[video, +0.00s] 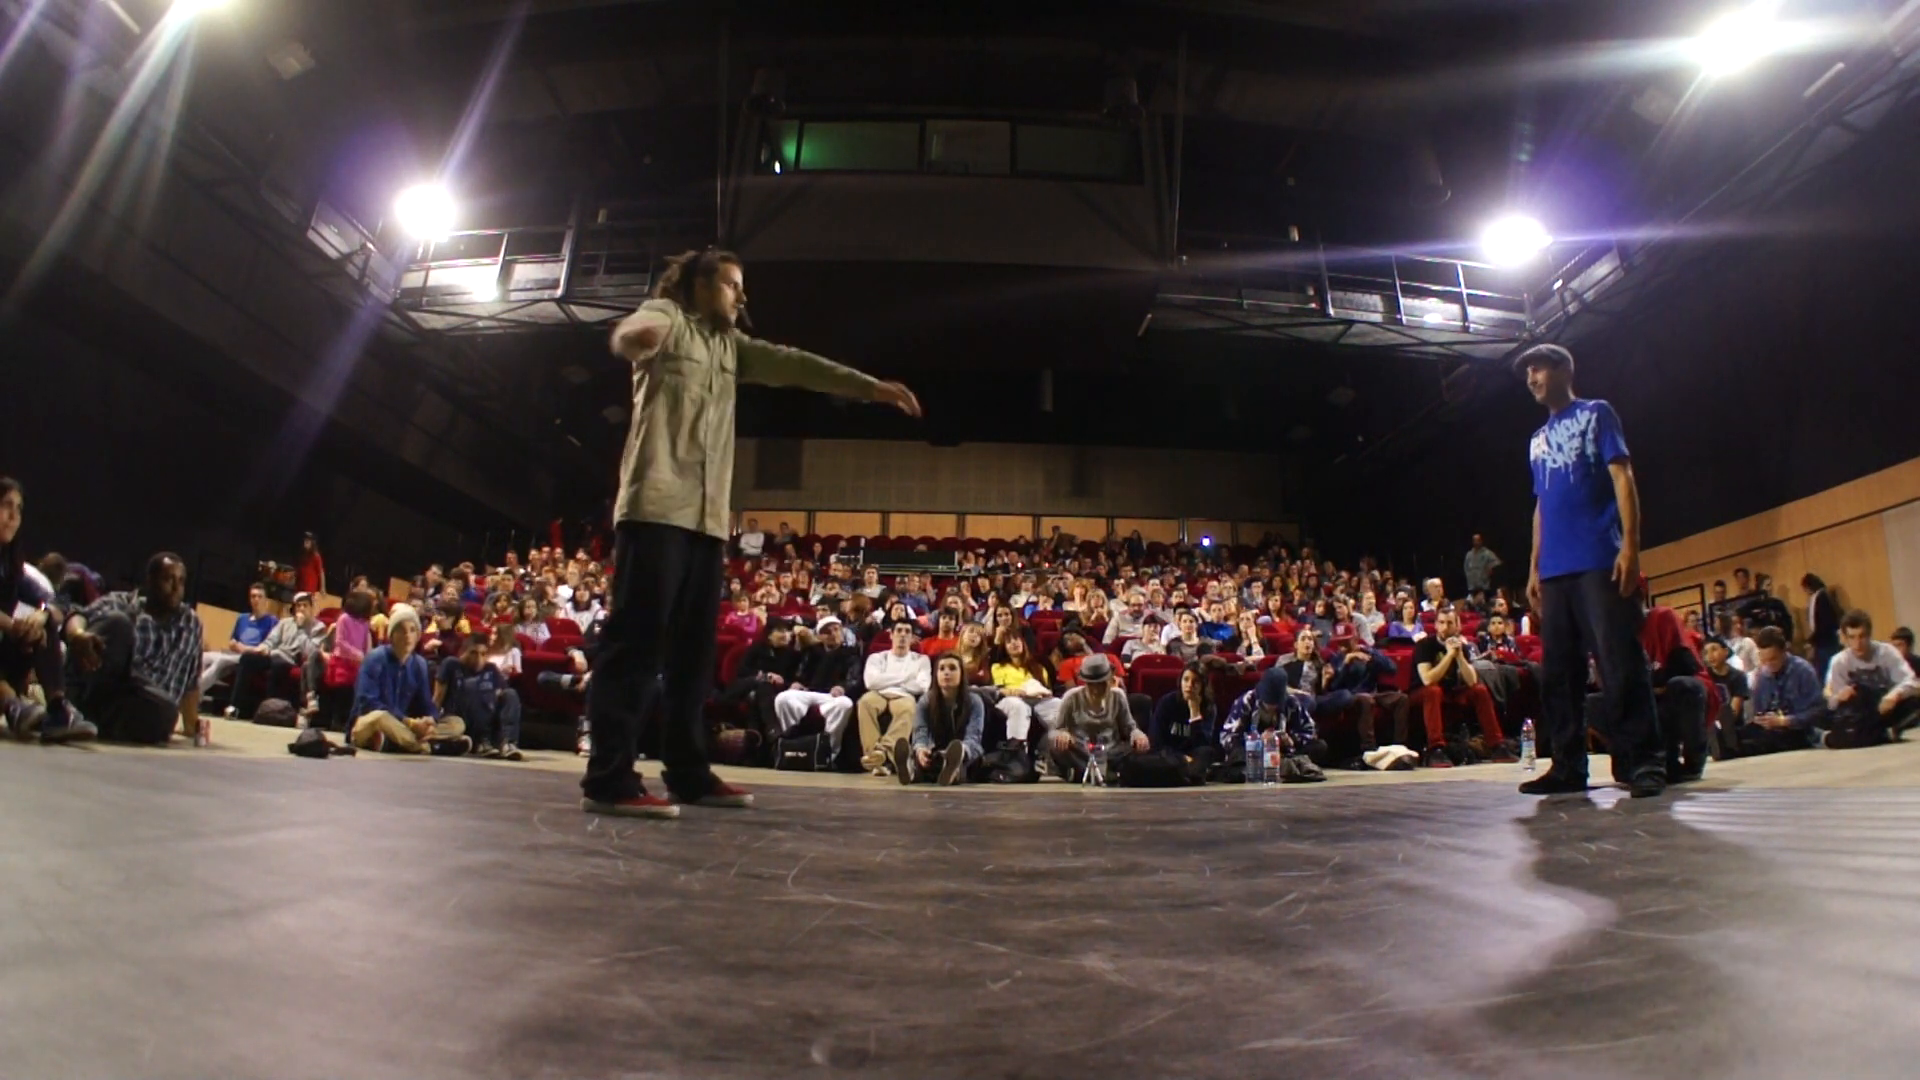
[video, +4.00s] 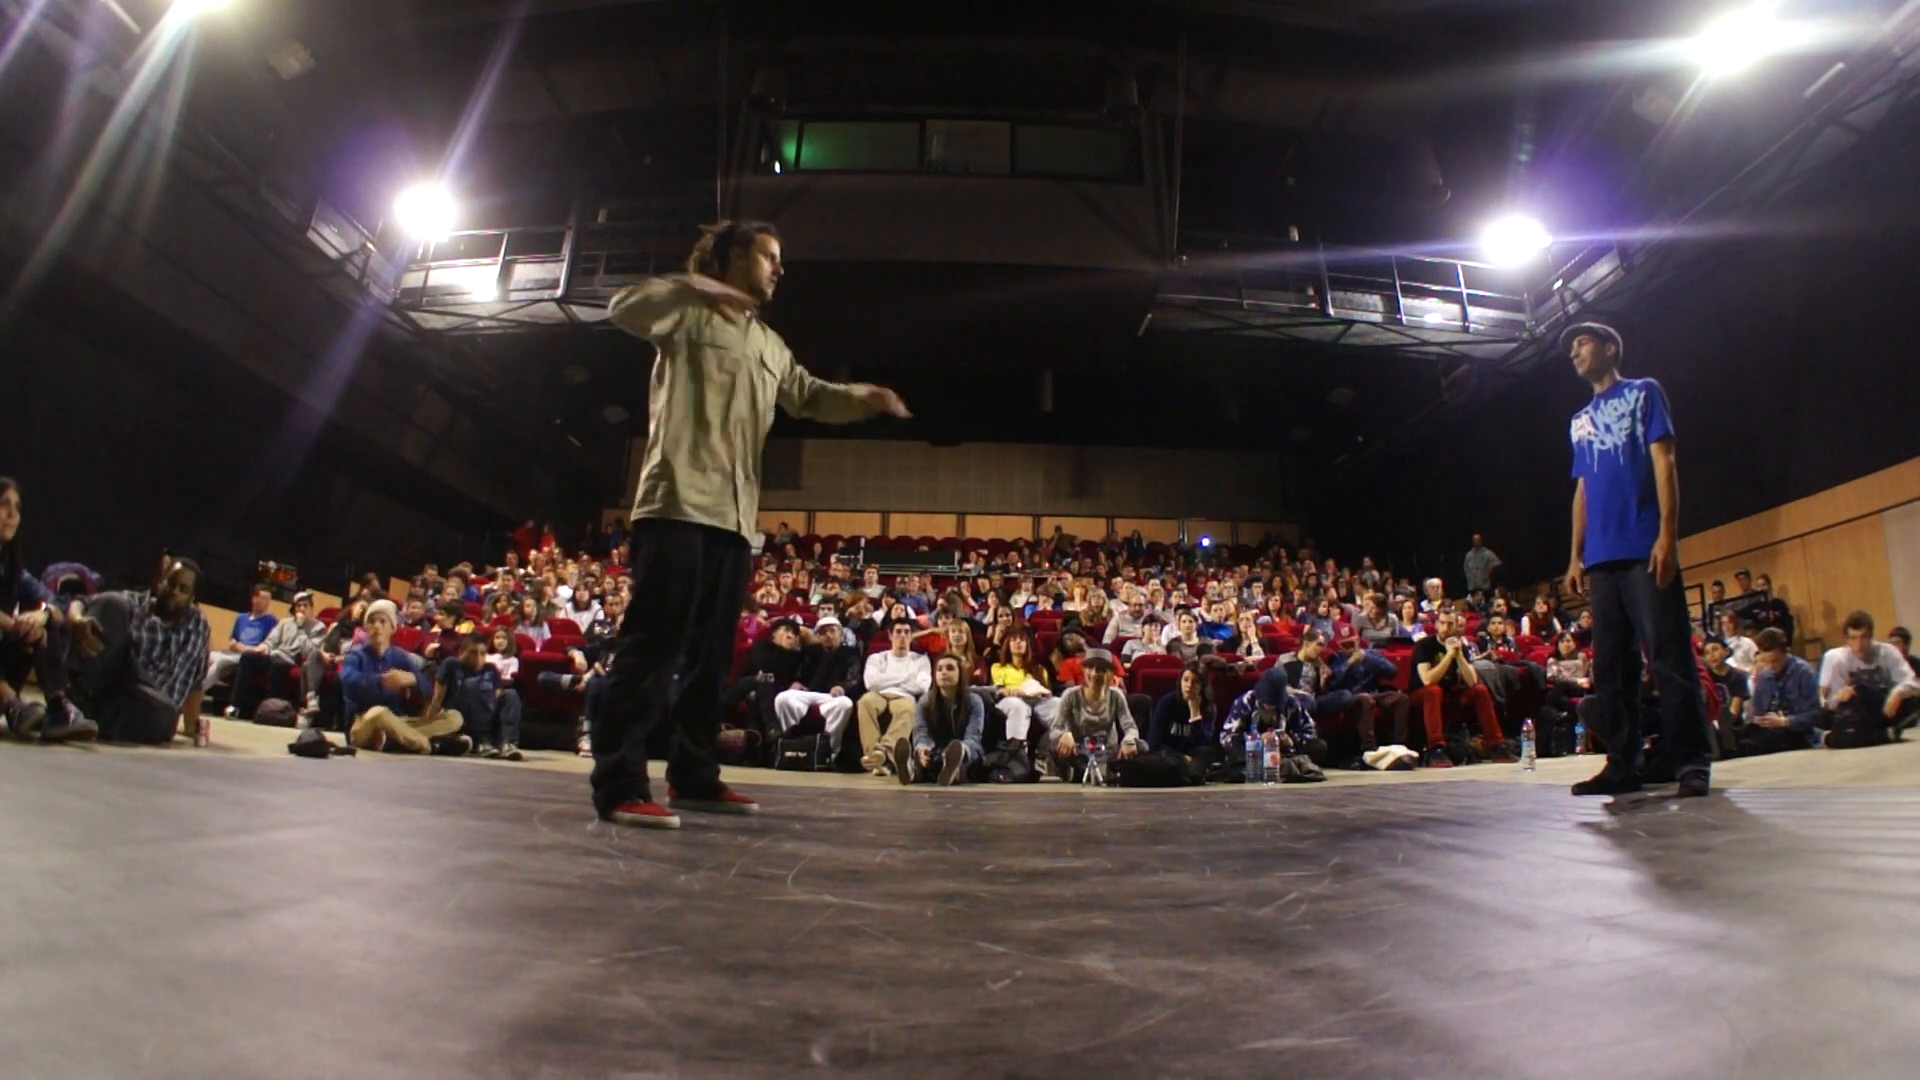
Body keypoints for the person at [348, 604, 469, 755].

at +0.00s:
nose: (408, 636)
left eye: (413, 630)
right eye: (401, 631)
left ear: (418, 635)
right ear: (391, 635)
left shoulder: (420, 664)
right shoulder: (375, 659)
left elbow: (426, 704)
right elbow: (367, 703)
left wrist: (430, 720)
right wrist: (406, 722)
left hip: (411, 725)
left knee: (457, 723)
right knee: (380, 717)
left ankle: (395, 744)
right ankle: (426, 748)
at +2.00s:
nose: (408, 637)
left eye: (413, 631)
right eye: (401, 632)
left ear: (418, 635)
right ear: (391, 635)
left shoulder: (419, 664)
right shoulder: (375, 660)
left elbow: (426, 703)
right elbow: (367, 704)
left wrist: (430, 720)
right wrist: (407, 722)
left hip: (412, 725)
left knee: (457, 724)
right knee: (381, 717)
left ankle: (395, 744)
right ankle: (425, 748)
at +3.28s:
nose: (400, 637)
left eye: (407, 632)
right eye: (396, 630)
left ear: (417, 638)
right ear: (390, 634)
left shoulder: (420, 665)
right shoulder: (373, 660)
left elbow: (420, 707)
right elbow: (364, 704)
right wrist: (406, 700)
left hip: (410, 724)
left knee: (456, 724)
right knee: (379, 718)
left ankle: (393, 744)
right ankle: (428, 747)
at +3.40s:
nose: (398, 637)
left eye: (405, 633)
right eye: (394, 631)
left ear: (415, 639)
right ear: (388, 633)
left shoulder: (419, 664)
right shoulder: (372, 660)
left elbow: (426, 706)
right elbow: (367, 705)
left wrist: (428, 720)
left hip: (404, 724)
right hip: (366, 725)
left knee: (457, 724)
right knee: (380, 717)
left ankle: (393, 744)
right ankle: (428, 747)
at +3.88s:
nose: (381, 629)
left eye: (387, 624)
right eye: (376, 624)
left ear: (398, 630)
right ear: (371, 630)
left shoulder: (408, 661)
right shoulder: (359, 659)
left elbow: (427, 700)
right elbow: (354, 696)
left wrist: (419, 702)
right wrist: (385, 675)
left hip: (402, 723)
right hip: (364, 727)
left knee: (456, 723)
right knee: (379, 716)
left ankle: (393, 743)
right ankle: (430, 748)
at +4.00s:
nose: (377, 626)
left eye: (382, 621)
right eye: (372, 622)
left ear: (393, 628)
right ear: (366, 627)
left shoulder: (400, 657)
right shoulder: (356, 655)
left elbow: (427, 690)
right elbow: (349, 679)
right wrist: (384, 681)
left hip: (401, 720)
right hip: (364, 725)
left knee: (455, 717)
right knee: (379, 713)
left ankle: (395, 742)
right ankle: (429, 747)